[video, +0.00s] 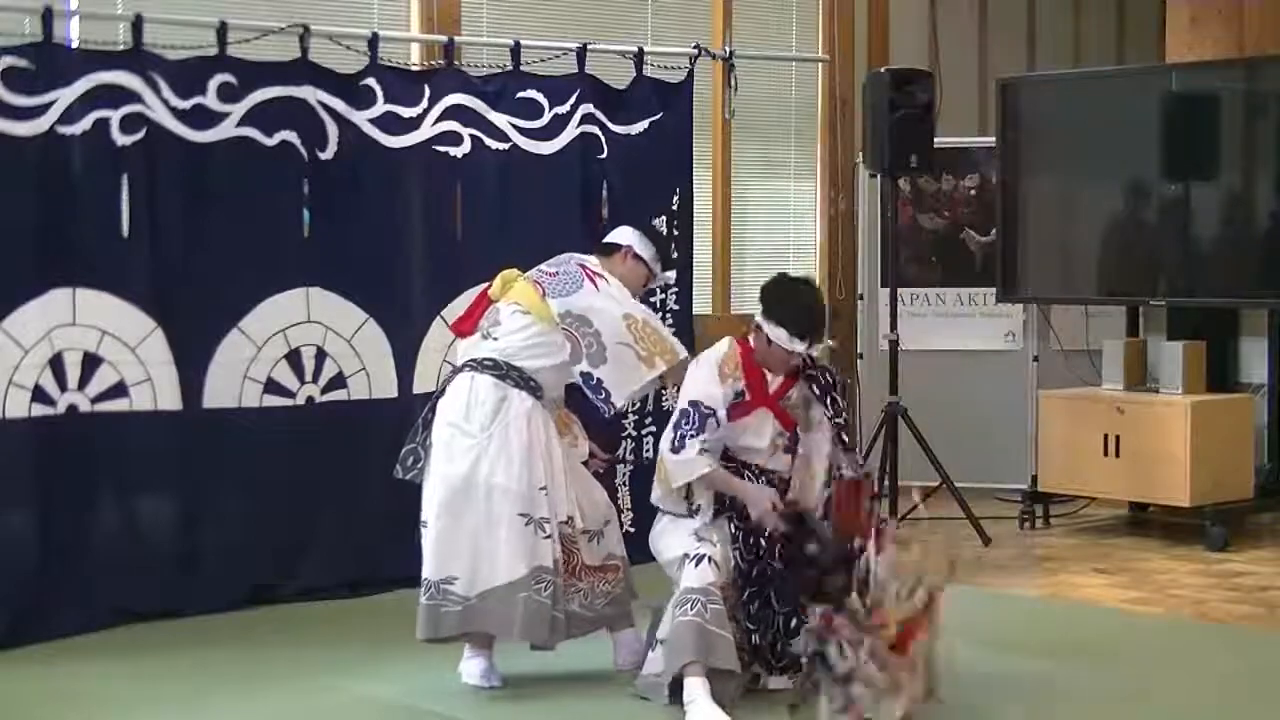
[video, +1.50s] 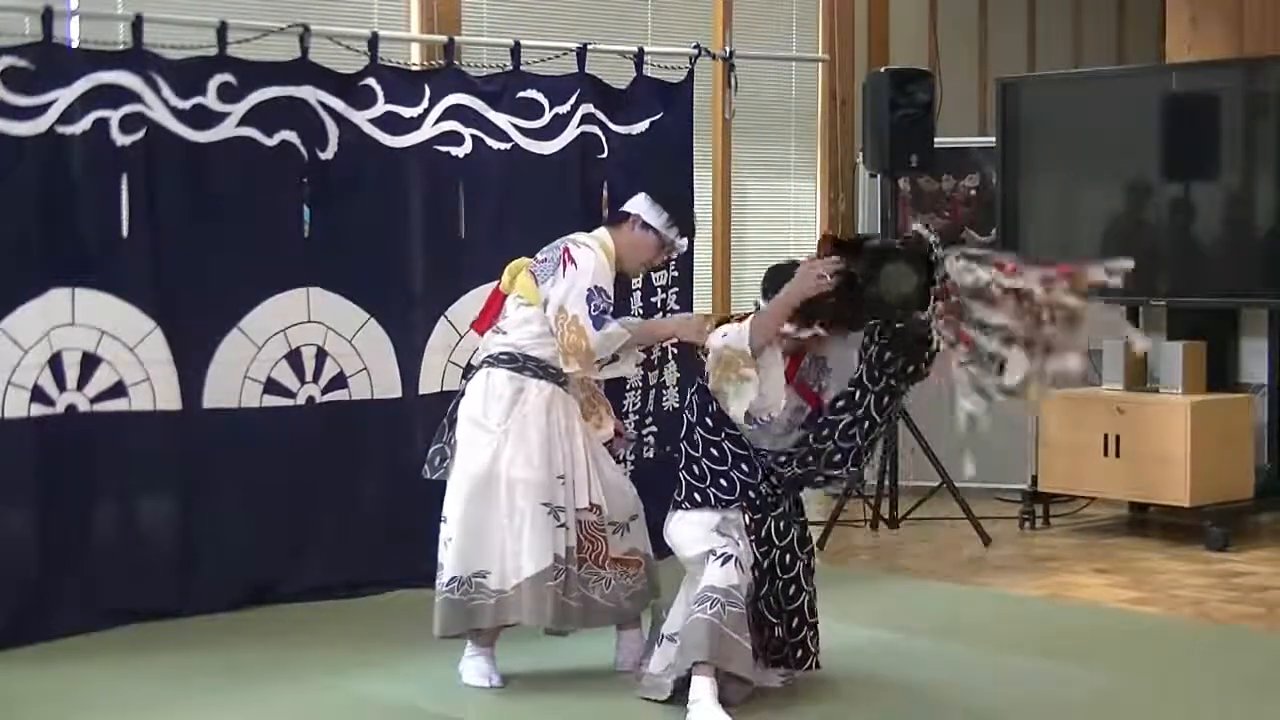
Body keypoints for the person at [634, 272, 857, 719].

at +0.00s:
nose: (797, 361)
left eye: (805, 352)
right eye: (788, 351)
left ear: (814, 340)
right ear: (759, 332)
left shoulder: (811, 384)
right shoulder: (716, 365)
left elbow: (821, 458)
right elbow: (685, 450)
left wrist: (800, 513)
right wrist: (746, 492)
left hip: (762, 523)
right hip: (690, 512)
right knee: (706, 563)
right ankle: (695, 688)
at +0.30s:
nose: (813, 408)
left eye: (823, 403)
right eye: (807, 397)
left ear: (839, 392)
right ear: (789, 369)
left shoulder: (831, 412)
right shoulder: (731, 388)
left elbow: (829, 480)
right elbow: (683, 475)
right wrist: (723, 520)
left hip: (771, 526)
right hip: (693, 511)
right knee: (701, 564)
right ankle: (695, 689)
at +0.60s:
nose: (821, 419)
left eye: (831, 415)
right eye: (818, 407)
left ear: (843, 403)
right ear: (801, 377)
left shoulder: (824, 416)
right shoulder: (741, 385)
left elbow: (815, 479)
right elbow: (709, 474)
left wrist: (792, 528)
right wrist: (761, 512)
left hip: (752, 522)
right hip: (692, 514)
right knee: (710, 561)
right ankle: (699, 690)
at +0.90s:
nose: (820, 392)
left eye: (830, 386)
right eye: (816, 380)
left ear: (846, 379)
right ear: (798, 352)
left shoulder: (839, 398)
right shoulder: (743, 378)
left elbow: (832, 472)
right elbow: (708, 463)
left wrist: (809, 544)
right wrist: (732, 529)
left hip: (779, 524)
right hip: (704, 510)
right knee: (711, 560)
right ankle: (698, 687)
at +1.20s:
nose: (775, 332)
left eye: (788, 325)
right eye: (772, 321)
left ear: (805, 322)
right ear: (759, 309)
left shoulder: (819, 364)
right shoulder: (726, 351)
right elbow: (739, 405)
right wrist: (807, 398)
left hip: (789, 511)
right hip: (716, 503)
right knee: (722, 562)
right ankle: (700, 690)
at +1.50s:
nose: (813, 335)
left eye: (824, 327)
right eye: (807, 323)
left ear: (831, 329)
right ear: (782, 315)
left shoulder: (827, 357)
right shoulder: (730, 348)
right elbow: (750, 338)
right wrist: (792, 292)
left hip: (763, 504)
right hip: (704, 499)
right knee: (726, 569)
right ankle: (701, 692)